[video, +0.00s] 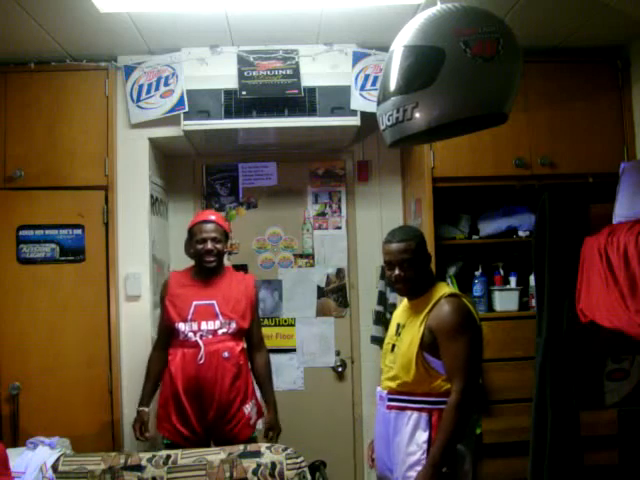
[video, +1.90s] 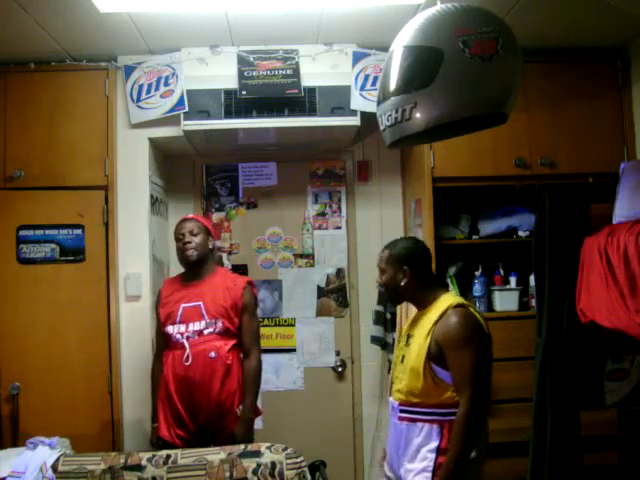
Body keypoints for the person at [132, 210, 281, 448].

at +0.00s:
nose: (209, 247)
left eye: (216, 241)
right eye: (201, 241)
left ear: (227, 245)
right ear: (189, 247)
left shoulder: (245, 284)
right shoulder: (174, 284)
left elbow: (257, 348)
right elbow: (162, 347)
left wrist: (271, 410)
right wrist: (143, 405)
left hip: (233, 413)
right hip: (181, 413)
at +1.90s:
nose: (186, 240)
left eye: (194, 234)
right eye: (180, 237)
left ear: (211, 240)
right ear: (176, 247)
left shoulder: (238, 287)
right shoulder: (167, 290)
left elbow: (251, 354)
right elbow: (161, 355)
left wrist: (247, 415)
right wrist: (157, 418)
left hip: (226, 416)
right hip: (176, 417)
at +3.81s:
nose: (187, 243)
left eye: (195, 236)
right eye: (180, 239)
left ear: (211, 242)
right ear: (176, 247)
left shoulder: (237, 288)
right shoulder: (167, 290)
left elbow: (251, 354)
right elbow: (160, 355)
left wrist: (245, 417)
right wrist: (157, 419)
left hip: (225, 416)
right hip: (176, 416)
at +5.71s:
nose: (186, 241)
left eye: (194, 235)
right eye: (180, 237)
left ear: (211, 242)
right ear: (175, 248)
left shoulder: (237, 288)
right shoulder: (166, 290)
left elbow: (251, 355)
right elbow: (159, 355)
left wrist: (246, 418)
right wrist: (156, 419)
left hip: (225, 417)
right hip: (175, 417)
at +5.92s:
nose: (186, 241)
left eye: (194, 234)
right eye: (179, 237)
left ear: (210, 242)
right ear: (175, 248)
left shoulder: (237, 288)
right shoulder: (166, 290)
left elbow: (251, 355)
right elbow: (159, 355)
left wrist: (245, 419)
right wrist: (157, 419)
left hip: (225, 416)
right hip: (176, 417)